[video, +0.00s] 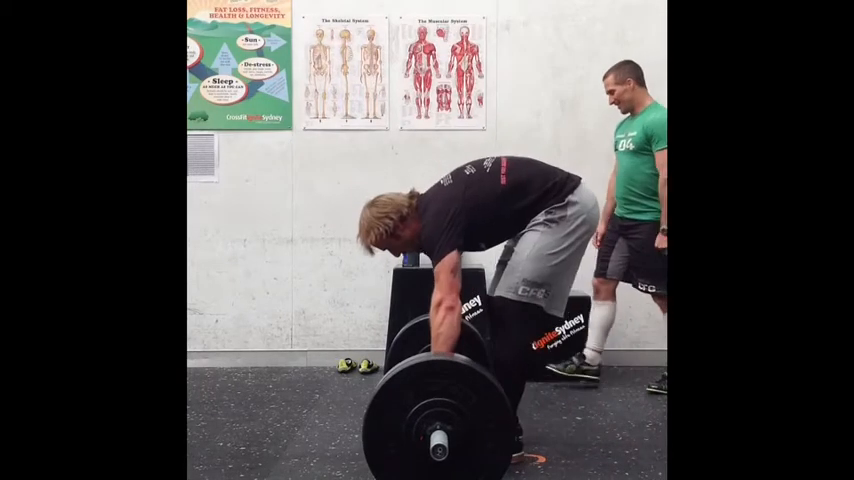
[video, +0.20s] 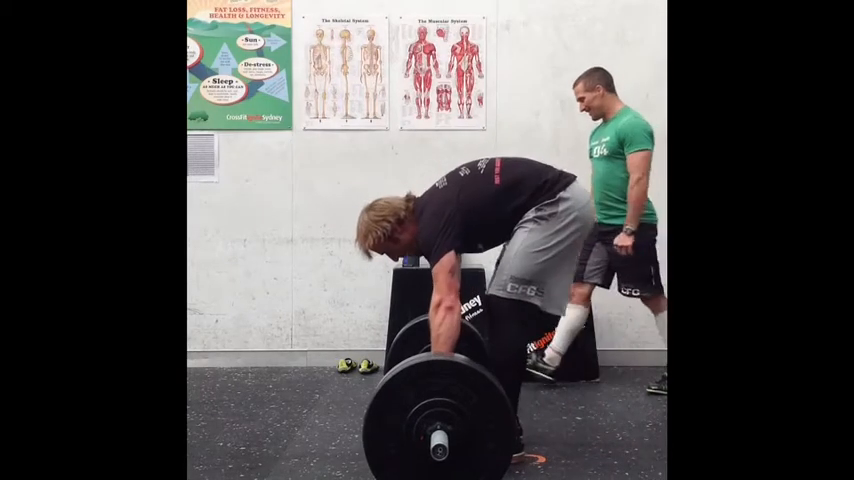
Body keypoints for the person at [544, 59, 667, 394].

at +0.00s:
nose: (610, 98)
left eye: (613, 91)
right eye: (608, 93)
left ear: (633, 84)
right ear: (625, 87)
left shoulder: (659, 120)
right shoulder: (623, 125)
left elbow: (665, 177)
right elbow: (617, 175)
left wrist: (665, 228)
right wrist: (604, 220)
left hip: (650, 225)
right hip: (620, 221)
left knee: (662, 297)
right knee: (602, 286)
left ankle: (668, 372)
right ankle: (589, 363)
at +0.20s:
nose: (581, 106)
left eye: (583, 99)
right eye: (578, 101)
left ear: (601, 91)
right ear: (597, 94)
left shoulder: (634, 126)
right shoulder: (598, 131)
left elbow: (640, 181)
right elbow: (600, 182)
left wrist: (629, 230)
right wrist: (594, 222)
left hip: (634, 229)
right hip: (603, 227)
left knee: (654, 298)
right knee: (580, 291)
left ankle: (669, 373)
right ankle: (550, 361)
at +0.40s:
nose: (540, 109)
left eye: (541, 101)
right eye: (538, 103)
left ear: (558, 92)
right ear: (554, 94)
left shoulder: (589, 123)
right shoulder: (562, 130)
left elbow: (597, 176)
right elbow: (563, 179)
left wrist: (582, 226)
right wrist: (554, 219)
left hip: (595, 224)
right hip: (570, 225)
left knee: (610, 295)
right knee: (558, 292)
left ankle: (662, 357)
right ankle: (538, 366)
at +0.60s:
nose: (511, 106)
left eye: (512, 98)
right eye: (508, 100)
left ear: (528, 89)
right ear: (526, 90)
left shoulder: (556, 119)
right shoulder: (539, 122)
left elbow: (560, 175)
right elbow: (536, 172)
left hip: (555, 216)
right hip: (541, 216)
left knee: (542, 287)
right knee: (539, 287)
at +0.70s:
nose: (498, 104)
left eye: (499, 97)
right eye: (496, 99)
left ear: (516, 88)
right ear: (512, 89)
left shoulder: (541, 120)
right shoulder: (526, 122)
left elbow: (543, 179)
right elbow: (521, 174)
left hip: (546, 218)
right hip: (530, 217)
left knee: (539, 289)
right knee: (528, 287)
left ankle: (537, 364)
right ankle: (528, 362)